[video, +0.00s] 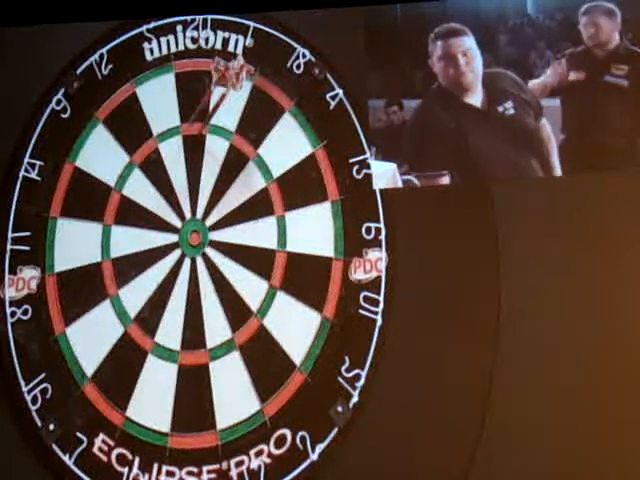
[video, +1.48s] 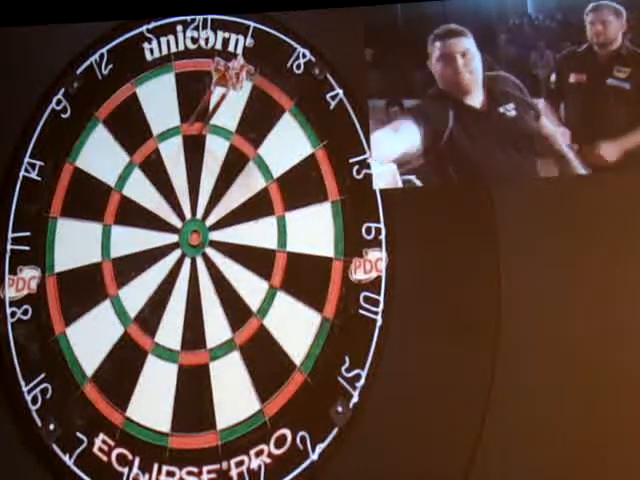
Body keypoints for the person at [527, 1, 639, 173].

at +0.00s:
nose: (590, 30)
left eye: (596, 23)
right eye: (585, 25)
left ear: (616, 24)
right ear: (579, 30)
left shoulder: (633, 60)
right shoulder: (569, 61)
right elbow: (531, 91)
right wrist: (549, 82)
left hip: (625, 159)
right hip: (578, 160)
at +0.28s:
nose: (597, 31)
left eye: (603, 25)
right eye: (591, 26)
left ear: (622, 26)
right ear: (585, 30)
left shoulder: (634, 61)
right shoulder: (569, 63)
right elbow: (546, 92)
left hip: (626, 157)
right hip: (581, 159)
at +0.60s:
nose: (597, 31)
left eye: (604, 25)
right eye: (591, 26)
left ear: (622, 26)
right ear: (586, 30)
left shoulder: (635, 62)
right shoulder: (570, 61)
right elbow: (547, 100)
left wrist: (638, 159)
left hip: (624, 159)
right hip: (579, 160)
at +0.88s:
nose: (597, 31)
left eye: (604, 25)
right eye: (592, 25)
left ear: (622, 26)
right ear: (585, 28)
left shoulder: (635, 63)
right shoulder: (569, 62)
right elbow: (546, 105)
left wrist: (622, 150)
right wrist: (560, 145)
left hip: (624, 170)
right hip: (577, 167)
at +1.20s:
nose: (597, 29)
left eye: (604, 22)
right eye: (592, 23)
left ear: (623, 25)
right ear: (585, 28)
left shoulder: (634, 62)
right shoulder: (568, 60)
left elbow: (637, 125)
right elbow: (546, 102)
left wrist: (608, 138)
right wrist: (559, 123)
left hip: (624, 171)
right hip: (578, 170)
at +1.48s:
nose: (597, 29)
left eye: (604, 23)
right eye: (591, 23)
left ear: (622, 25)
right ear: (585, 28)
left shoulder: (635, 63)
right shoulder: (568, 61)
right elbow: (549, 104)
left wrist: (619, 146)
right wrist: (558, 132)